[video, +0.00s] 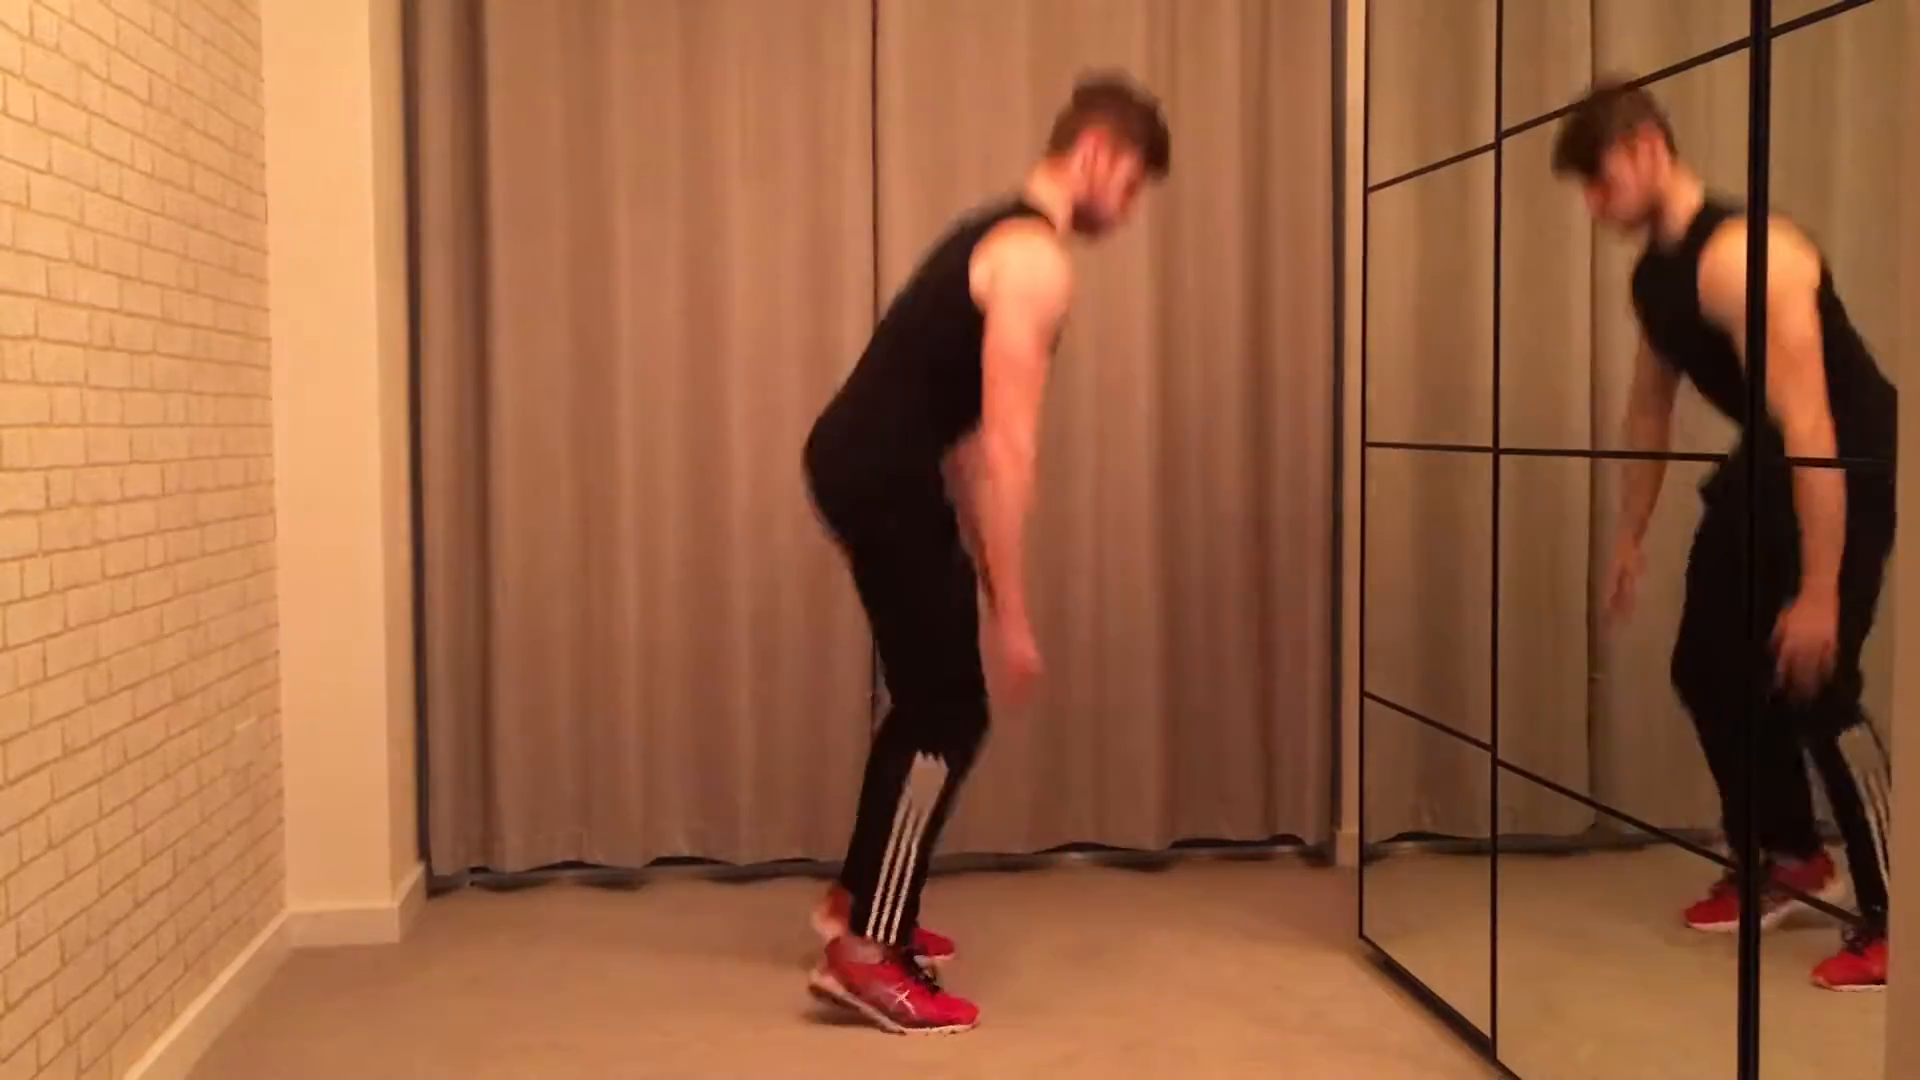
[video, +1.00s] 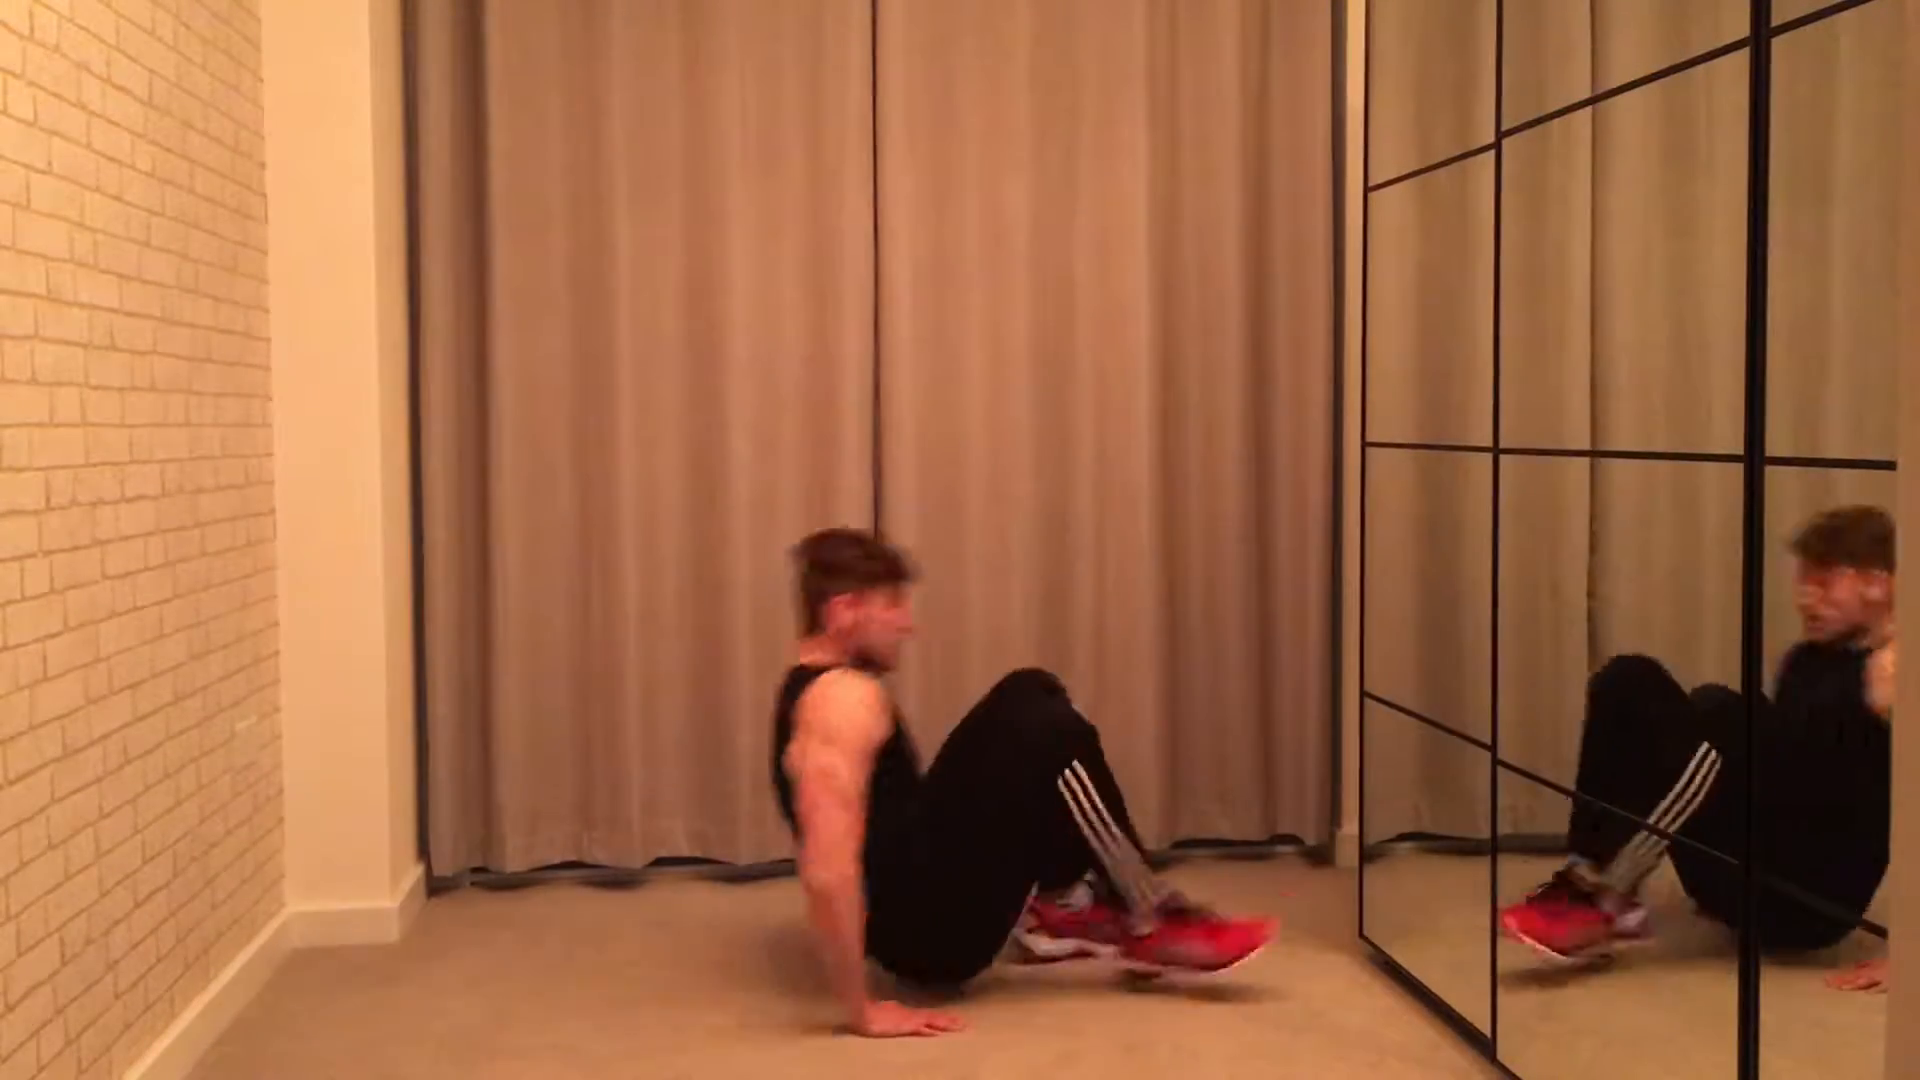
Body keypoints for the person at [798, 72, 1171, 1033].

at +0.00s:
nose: (1134, 199)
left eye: (1142, 181)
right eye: (1136, 175)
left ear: (1087, 151)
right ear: (1096, 149)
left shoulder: (1006, 233)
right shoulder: (1032, 256)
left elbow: (959, 423)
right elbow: (1002, 445)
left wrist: (974, 539)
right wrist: (1011, 614)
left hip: (869, 465)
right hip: (886, 477)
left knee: (926, 699)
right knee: (950, 708)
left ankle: (865, 900)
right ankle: (865, 947)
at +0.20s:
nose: (1149, 92)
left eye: (1160, 76)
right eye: (1154, 68)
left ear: (1104, 32)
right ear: (1115, 30)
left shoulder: (1026, 108)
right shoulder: (1032, 121)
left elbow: (960, 281)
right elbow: (964, 289)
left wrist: (945, 432)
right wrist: (941, 446)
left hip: (928, 353)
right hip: (933, 362)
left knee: (957, 593)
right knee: (968, 596)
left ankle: (917, 807)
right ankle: (938, 835)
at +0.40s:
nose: (1191, 219)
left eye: (1200, 203)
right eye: (1194, 197)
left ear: (1154, 168)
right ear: (1156, 166)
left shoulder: (1062, 226)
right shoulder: (1058, 239)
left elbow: (947, 368)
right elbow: (970, 391)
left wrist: (895, 512)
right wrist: (930, 537)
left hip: (921, 437)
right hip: (929, 447)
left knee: (1018, 659)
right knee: (1021, 663)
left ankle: (1048, 878)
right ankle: (1050, 899)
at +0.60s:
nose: (1200, 476)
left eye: (1207, 458)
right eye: (1202, 454)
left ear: (1157, 427)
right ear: (1162, 429)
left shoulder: (1060, 479)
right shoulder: (1068, 514)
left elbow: (934, 596)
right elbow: (983, 674)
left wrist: (899, 751)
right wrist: (931, 817)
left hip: (889, 646)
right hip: (905, 661)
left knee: (1108, 722)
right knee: (1127, 738)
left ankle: (1039, 911)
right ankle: (1054, 954)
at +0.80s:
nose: (1129, 585)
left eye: (1134, 570)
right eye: (1125, 566)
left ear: (1073, 555)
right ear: (1078, 553)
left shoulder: (996, 609)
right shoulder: (1020, 653)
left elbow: (919, 743)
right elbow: (943, 823)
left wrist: (873, 870)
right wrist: (893, 976)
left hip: (888, 824)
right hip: (907, 848)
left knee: (1096, 703)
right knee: (1112, 733)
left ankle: (1035, 920)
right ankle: (1053, 956)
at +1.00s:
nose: (906, 622)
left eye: (904, 604)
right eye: (892, 605)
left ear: (840, 614)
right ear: (842, 612)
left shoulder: (826, 682)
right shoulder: (842, 696)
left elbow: (845, 852)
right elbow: (828, 871)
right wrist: (861, 1008)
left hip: (914, 920)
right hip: (929, 943)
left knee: (1028, 694)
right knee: (1045, 729)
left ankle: (1063, 904)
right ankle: (1155, 917)